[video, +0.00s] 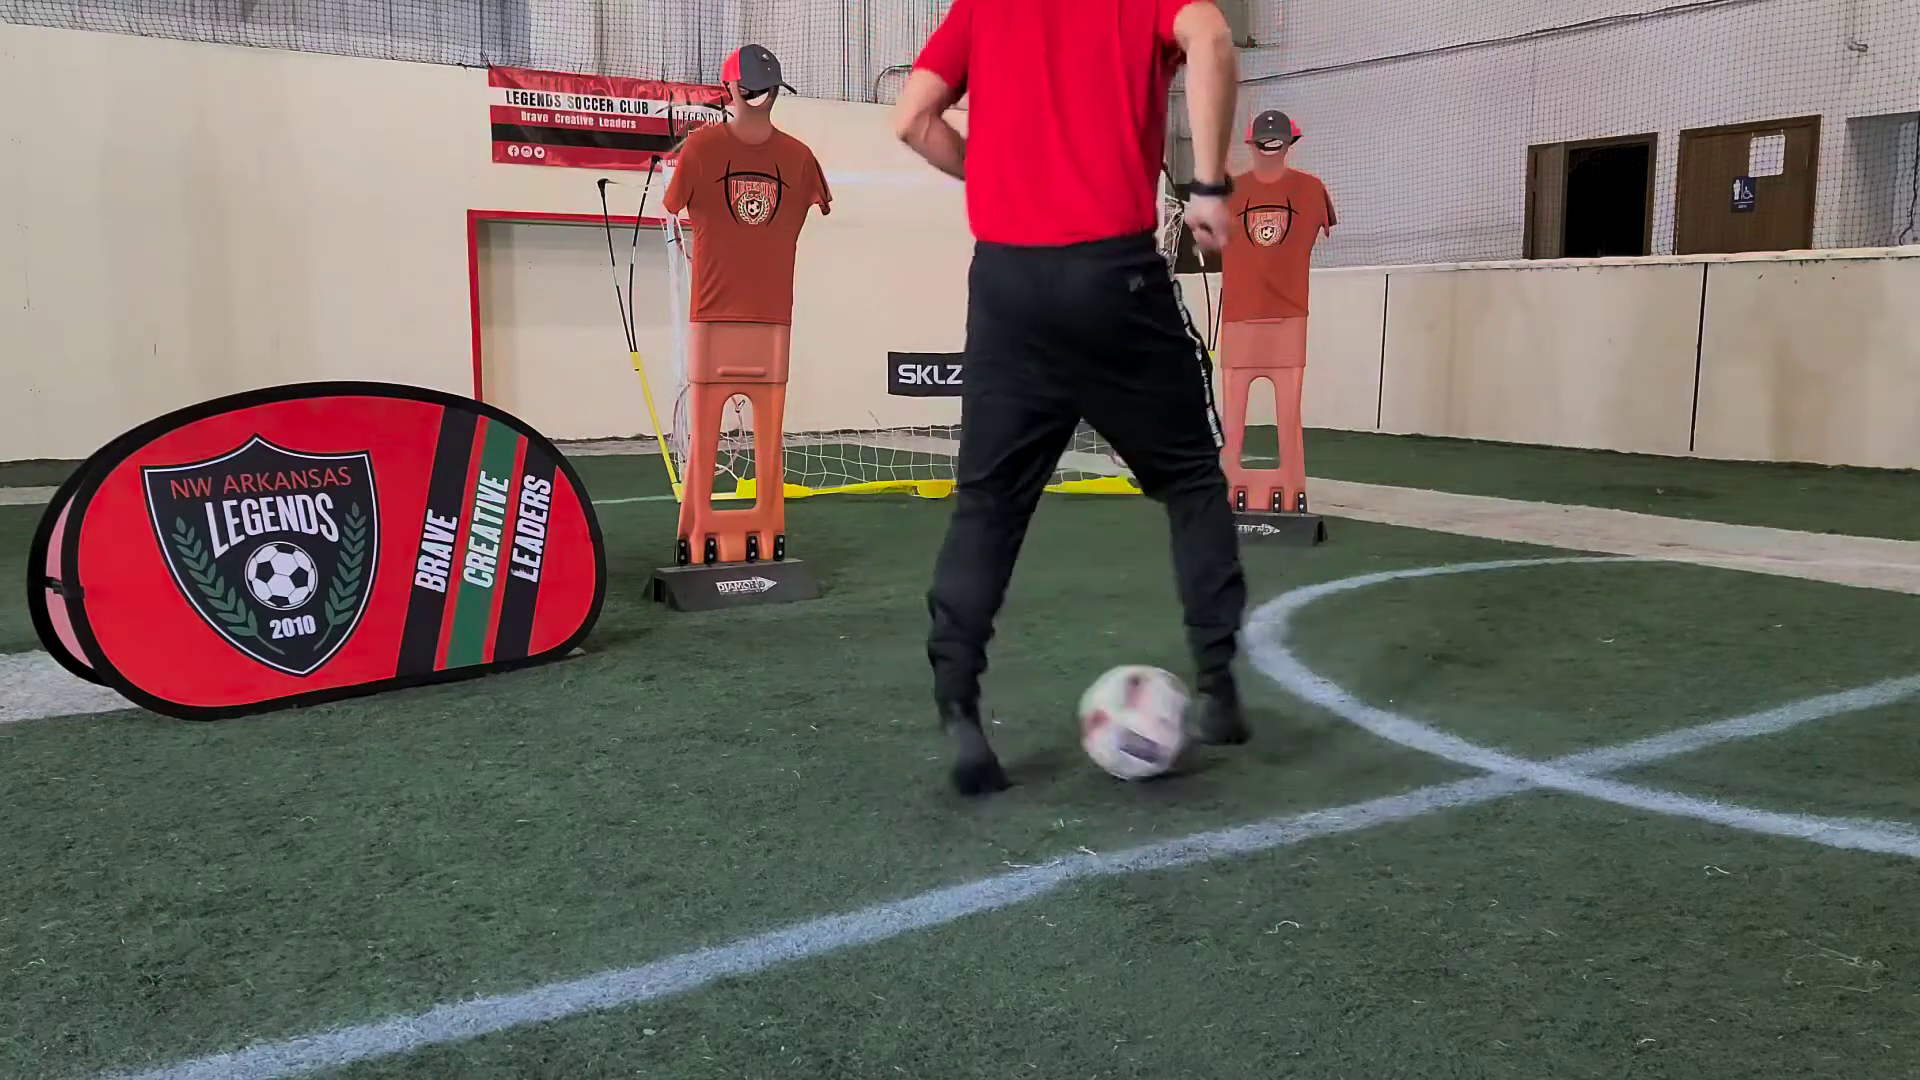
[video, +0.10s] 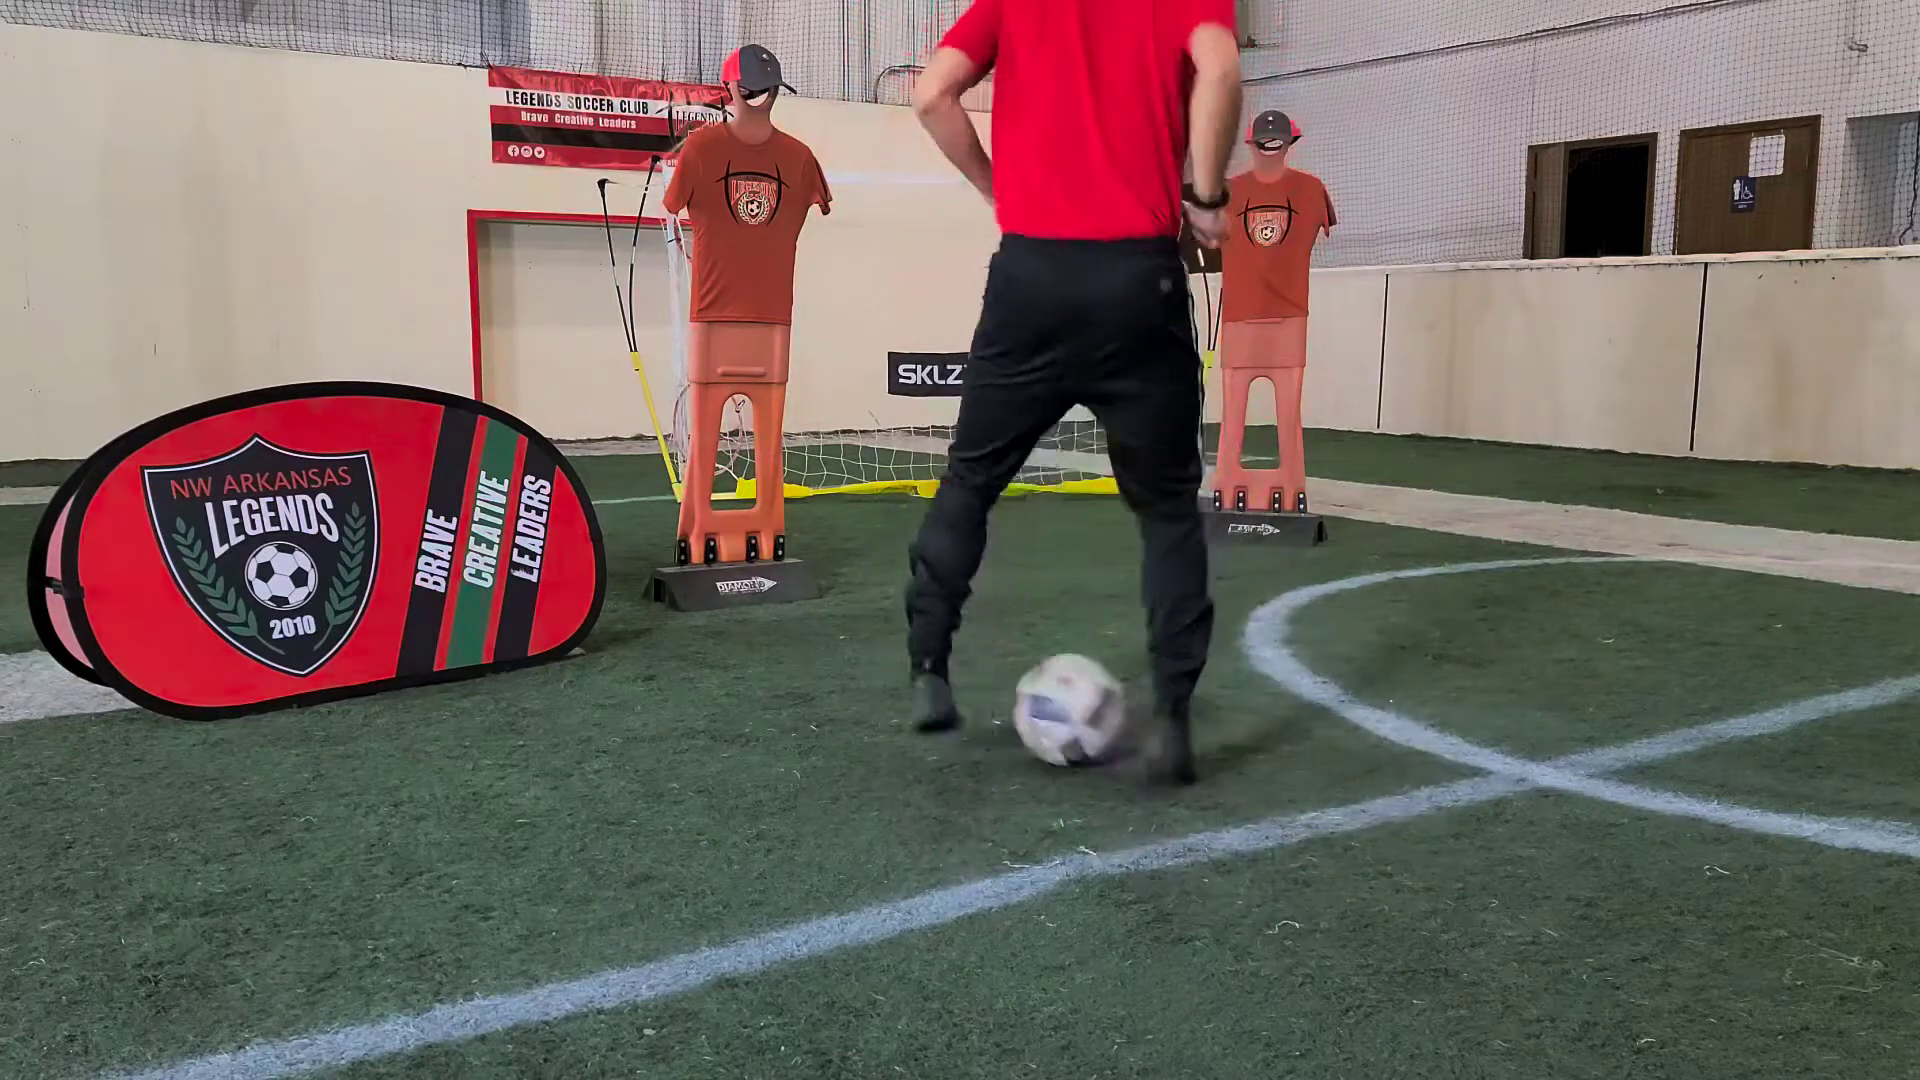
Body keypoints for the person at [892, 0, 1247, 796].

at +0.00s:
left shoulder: (980, 6)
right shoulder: (1149, 2)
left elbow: (913, 119)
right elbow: (1210, 38)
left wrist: (1001, 172)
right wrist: (1211, 185)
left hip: (1004, 278)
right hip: (1113, 274)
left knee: (987, 494)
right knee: (1190, 477)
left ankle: (958, 708)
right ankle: (1216, 686)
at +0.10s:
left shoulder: (1013, 4)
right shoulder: (1188, 2)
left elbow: (932, 95)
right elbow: (1220, 70)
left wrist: (1000, 188)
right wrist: (1206, 195)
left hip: (1031, 271)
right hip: (1141, 273)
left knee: (970, 474)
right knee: (1167, 502)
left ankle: (929, 669)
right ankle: (1173, 714)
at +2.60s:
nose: (1197, 86)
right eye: (1198, 79)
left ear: (1136, 75)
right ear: (1191, 77)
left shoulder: (1090, 127)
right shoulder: (1206, 125)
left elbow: (1048, 205)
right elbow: (1244, 191)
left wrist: (1099, 240)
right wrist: (1242, 267)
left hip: (1111, 313)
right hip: (1183, 310)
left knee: (1104, 451)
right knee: (1237, 422)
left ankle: (1096, 591)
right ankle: (1252, 547)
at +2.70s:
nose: (1206, 90)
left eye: (1203, 83)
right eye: (1207, 82)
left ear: (1145, 80)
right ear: (1199, 81)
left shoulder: (1100, 133)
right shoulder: (1207, 128)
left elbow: (1055, 216)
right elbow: (1228, 181)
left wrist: (1110, 240)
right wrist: (1242, 263)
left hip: (1113, 316)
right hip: (1183, 312)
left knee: (1106, 447)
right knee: (1237, 420)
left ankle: (1092, 586)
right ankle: (1254, 544)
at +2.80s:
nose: (1216, 82)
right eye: (1216, 74)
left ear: (1160, 71)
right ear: (1212, 74)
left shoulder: (1117, 120)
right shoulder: (1226, 119)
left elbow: (1065, 197)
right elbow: (1236, 167)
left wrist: (1116, 232)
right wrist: (1240, 251)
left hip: (1126, 303)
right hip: (1194, 304)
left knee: (1099, 428)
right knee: (1222, 428)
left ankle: (1067, 542)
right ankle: (1221, 559)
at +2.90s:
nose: (1217, 99)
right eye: (1219, 92)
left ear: (1164, 91)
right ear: (1217, 93)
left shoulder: (1130, 139)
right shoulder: (1239, 148)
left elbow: (1077, 199)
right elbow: (1267, 222)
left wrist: (1102, 258)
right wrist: (1255, 271)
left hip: (1135, 317)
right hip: (1204, 319)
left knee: (1095, 423)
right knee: (1211, 450)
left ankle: (1054, 540)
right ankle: (1208, 587)